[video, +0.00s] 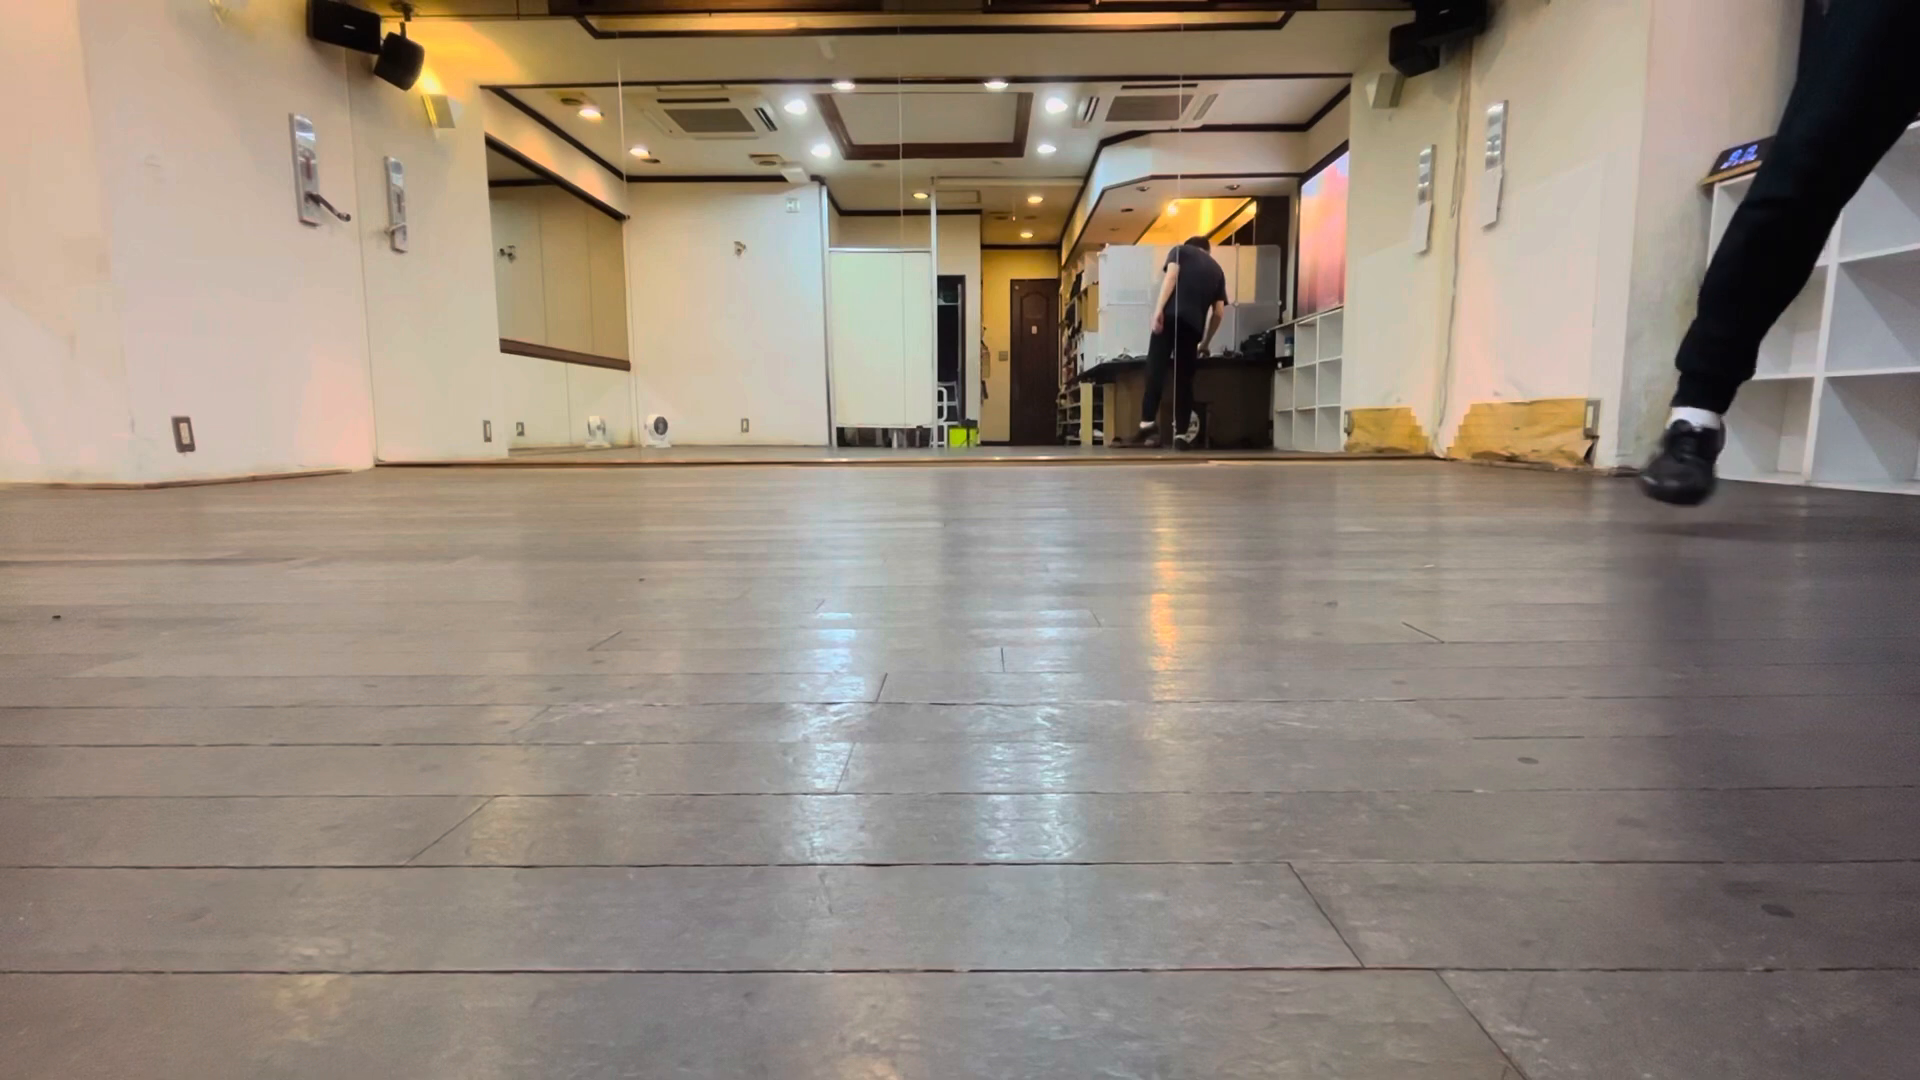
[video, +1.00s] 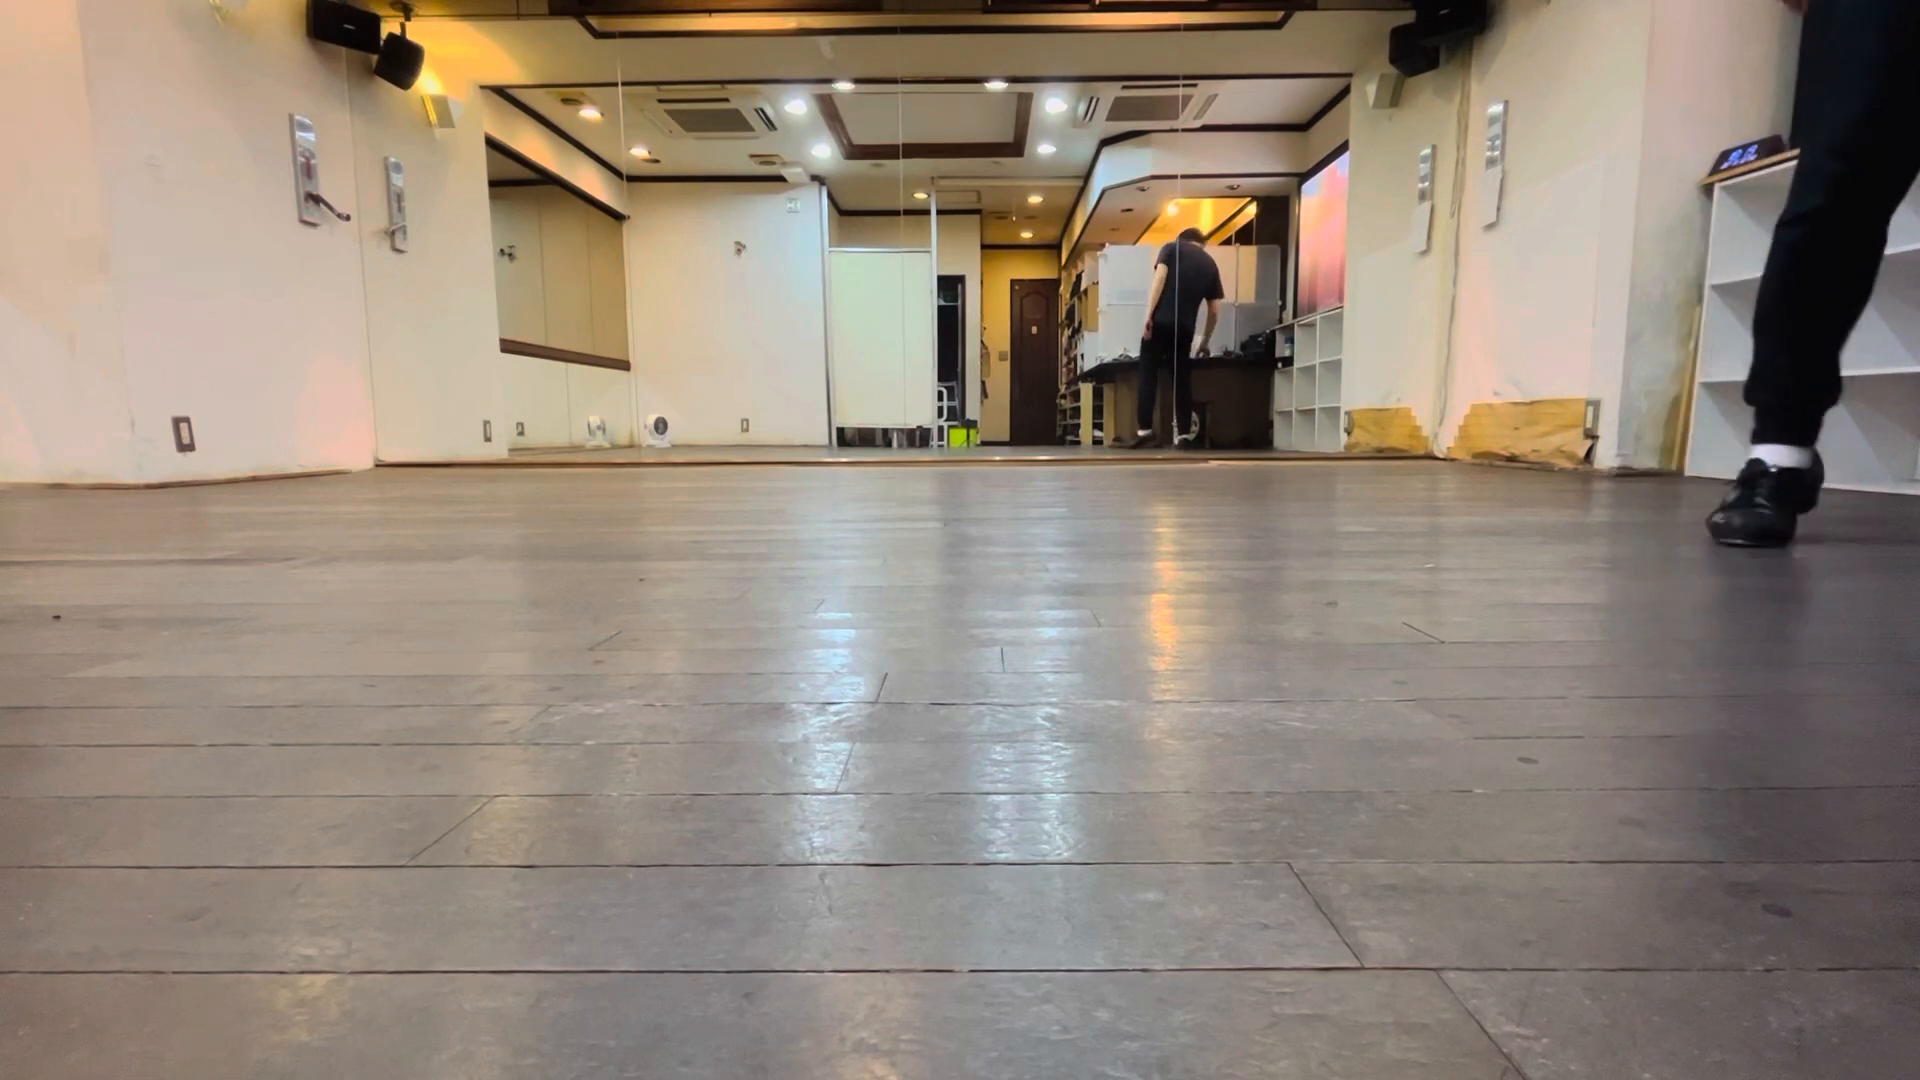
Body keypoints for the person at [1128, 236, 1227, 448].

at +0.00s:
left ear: (1188, 245)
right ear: (1207, 250)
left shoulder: (1180, 250)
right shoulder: (1217, 270)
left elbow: (1172, 275)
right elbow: (1218, 313)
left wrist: (1158, 310)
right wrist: (1206, 342)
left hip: (1169, 317)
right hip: (1192, 326)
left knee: (1155, 367)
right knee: (1185, 377)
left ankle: (1148, 420)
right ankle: (1181, 433)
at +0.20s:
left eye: (1185, 245)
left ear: (1188, 244)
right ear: (1206, 249)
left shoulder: (1181, 250)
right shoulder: (1217, 269)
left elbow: (1174, 275)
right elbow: (1218, 313)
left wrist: (1162, 312)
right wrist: (1206, 342)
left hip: (1171, 318)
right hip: (1195, 327)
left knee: (1154, 368)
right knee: (1186, 379)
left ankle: (1145, 419)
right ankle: (1184, 433)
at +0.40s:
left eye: (1186, 245)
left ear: (1189, 243)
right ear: (1208, 249)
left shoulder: (1180, 250)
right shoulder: (1218, 268)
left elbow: (1171, 276)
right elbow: (1219, 313)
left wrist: (1159, 310)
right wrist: (1207, 342)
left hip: (1169, 318)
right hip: (1194, 327)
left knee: (1150, 368)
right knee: (1186, 379)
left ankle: (1138, 419)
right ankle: (1183, 434)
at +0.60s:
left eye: (1187, 243)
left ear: (1189, 243)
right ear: (1209, 248)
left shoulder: (1179, 249)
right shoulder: (1217, 268)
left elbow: (1169, 274)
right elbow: (1219, 312)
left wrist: (1155, 308)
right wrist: (1206, 343)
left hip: (1166, 319)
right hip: (1191, 327)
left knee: (1149, 370)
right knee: (1185, 379)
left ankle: (1136, 422)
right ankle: (1183, 433)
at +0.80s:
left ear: (1188, 241)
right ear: (1206, 247)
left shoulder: (1177, 247)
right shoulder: (1215, 267)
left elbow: (1166, 275)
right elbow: (1217, 312)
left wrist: (1154, 310)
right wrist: (1205, 342)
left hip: (1163, 321)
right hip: (1187, 329)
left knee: (1148, 372)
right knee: (1184, 378)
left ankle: (1140, 426)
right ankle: (1182, 433)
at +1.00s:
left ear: (1181, 239)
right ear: (1201, 244)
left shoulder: (1171, 247)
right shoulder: (1210, 263)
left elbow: (1160, 278)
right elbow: (1214, 311)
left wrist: (1149, 314)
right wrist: (1205, 342)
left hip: (1159, 324)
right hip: (1184, 328)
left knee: (1147, 373)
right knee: (1182, 377)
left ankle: (1145, 429)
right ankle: (1182, 433)